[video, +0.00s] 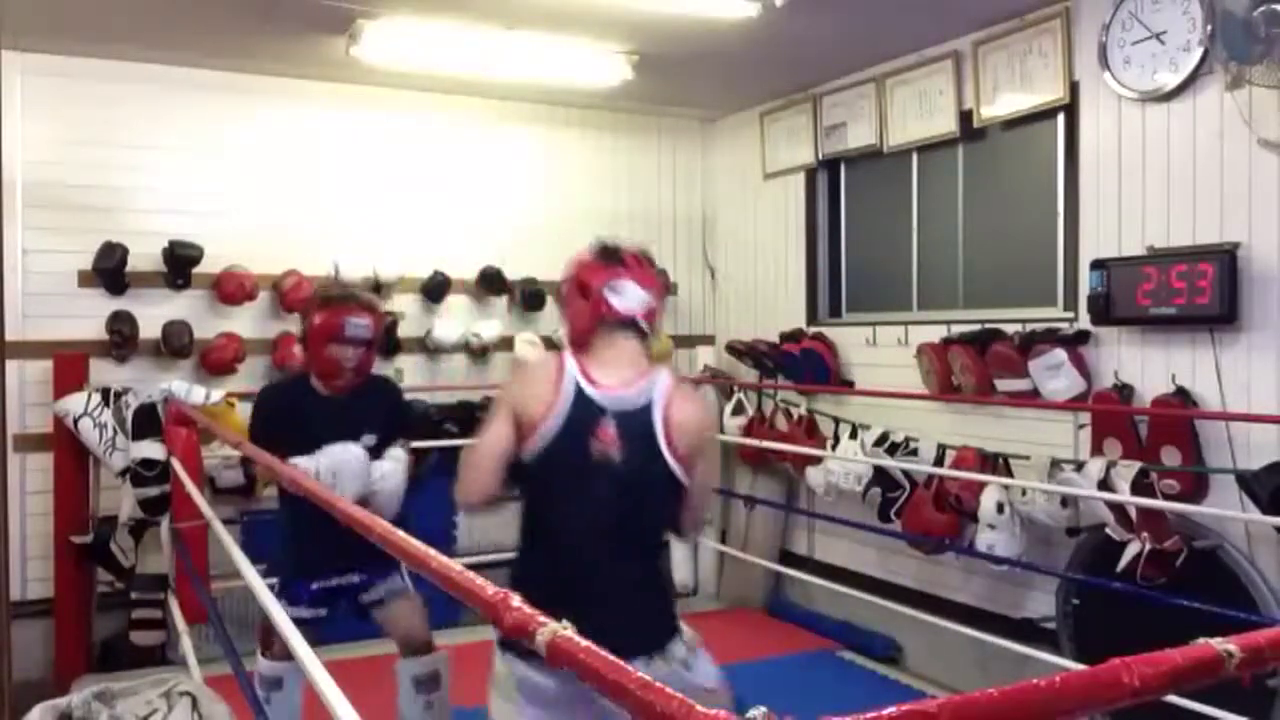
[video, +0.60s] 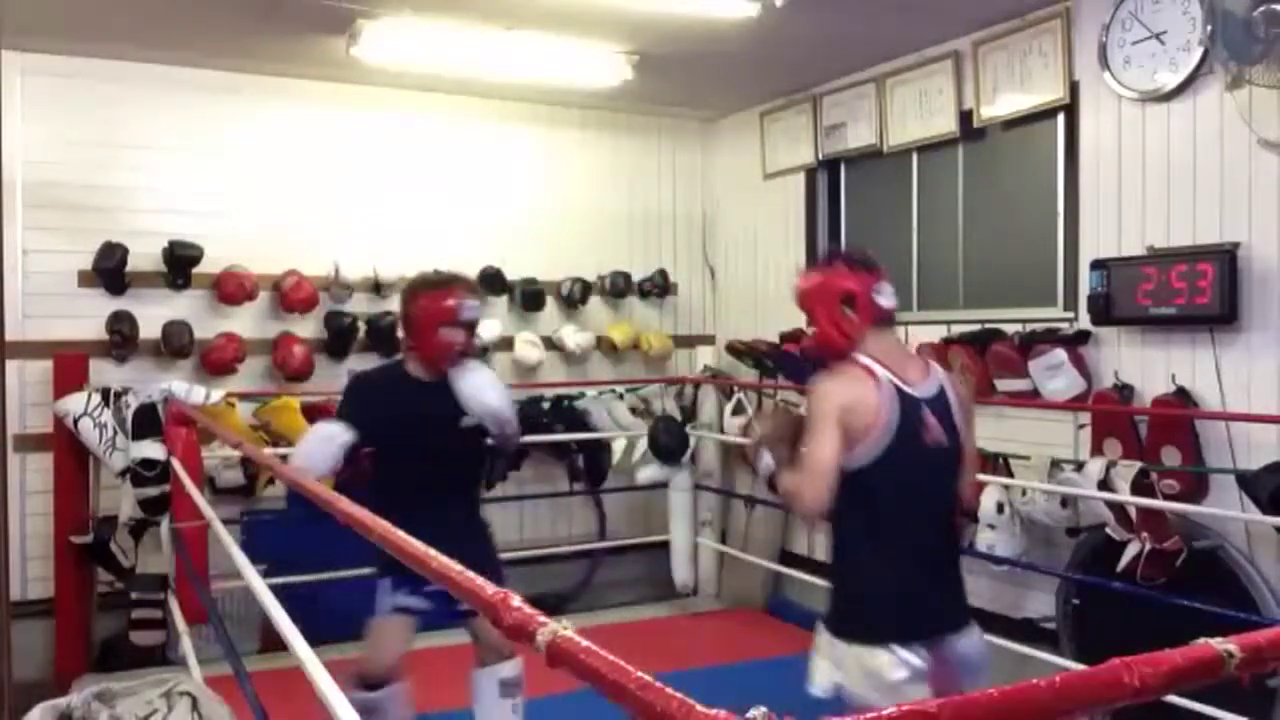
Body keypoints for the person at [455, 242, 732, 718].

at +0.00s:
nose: (564, 315)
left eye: (568, 301)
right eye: (565, 302)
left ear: (586, 307)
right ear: (649, 317)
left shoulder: (535, 382)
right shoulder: (688, 406)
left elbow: (472, 488)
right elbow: (689, 520)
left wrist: (536, 464)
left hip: (539, 642)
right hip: (643, 647)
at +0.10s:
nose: (608, 346)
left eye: (612, 335)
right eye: (611, 334)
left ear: (626, 342)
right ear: (692, 345)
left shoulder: (579, 425)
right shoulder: (728, 447)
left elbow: (515, 533)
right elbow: (731, 572)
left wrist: (578, 513)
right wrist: (676, 529)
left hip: (577, 677)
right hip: (677, 681)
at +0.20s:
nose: (656, 333)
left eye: (661, 319)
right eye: (658, 319)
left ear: (682, 325)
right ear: (737, 322)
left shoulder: (645, 414)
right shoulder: (793, 415)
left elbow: (601, 529)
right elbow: (790, 541)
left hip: (658, 652)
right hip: (752, 651)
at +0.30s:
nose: (695, 300)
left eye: (698, 286)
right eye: (694, 286)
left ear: (724, 286)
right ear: (771, 280)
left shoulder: (714, 369)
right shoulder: (838, 363)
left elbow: (693, 487)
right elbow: (860, 478)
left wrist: (683, 432)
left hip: (733, 610)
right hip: (818, 607)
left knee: (687, 713)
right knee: (802, 712)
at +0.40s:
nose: (730, 282)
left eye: (731, 266)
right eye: (727, 268)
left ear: (760, 262)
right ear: (802, 255)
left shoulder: (764, 338)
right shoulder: (875, 334)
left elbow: (755, 455)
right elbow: (906, 443)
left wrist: (713, 419)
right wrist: (833, 420)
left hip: (787, 574)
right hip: (869, 565)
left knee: (751, 704)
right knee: (869, 706)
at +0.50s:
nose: (772, 300)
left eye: (774, 284)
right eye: (770, 285)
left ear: (802, 279)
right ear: (844, 272)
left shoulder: (798, 346)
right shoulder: (914, 345)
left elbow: (788, 459)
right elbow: (938, 451)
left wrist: (746, 428)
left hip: (832, 589)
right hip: (910, 578)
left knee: (825, 710)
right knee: (909, 710)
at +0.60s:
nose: (812, 332)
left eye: (815, 318)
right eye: (810, 318)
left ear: (844, 313)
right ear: (880, 306)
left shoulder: (837, 387)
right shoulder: (943, 380)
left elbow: (814, 499)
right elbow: (965, 490)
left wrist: (777, 458)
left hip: (872, 621)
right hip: (945, 609)